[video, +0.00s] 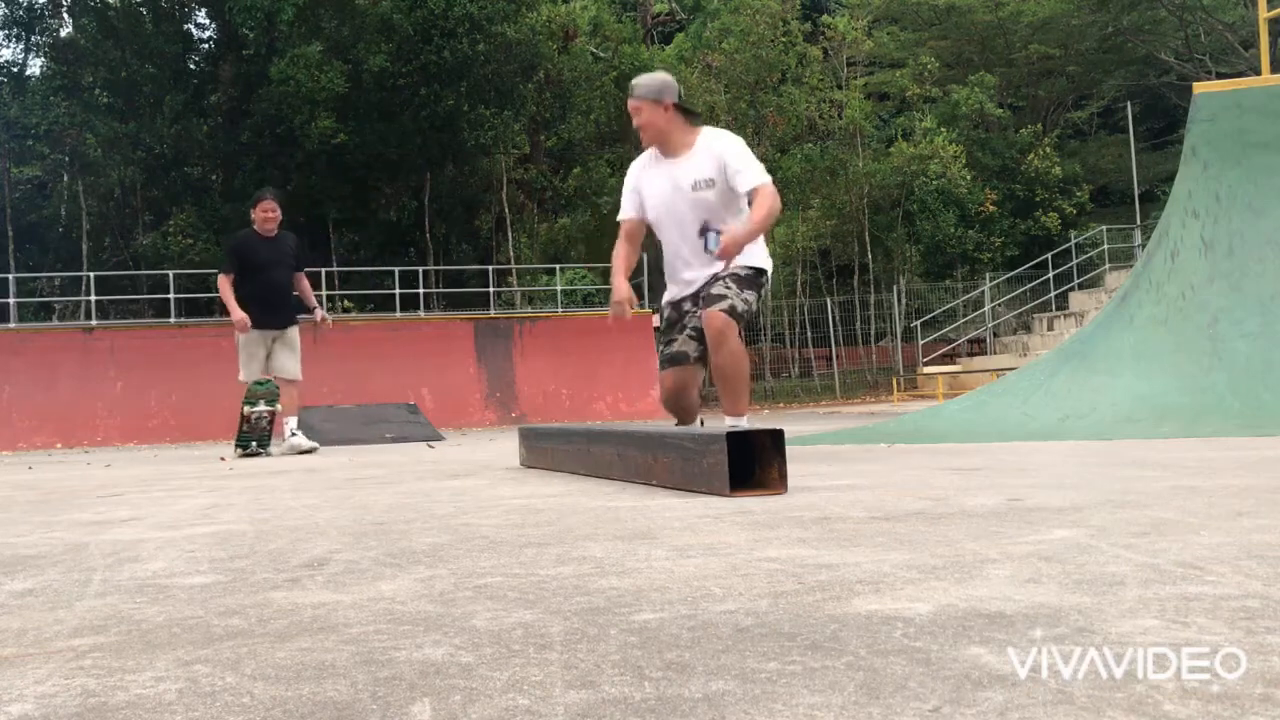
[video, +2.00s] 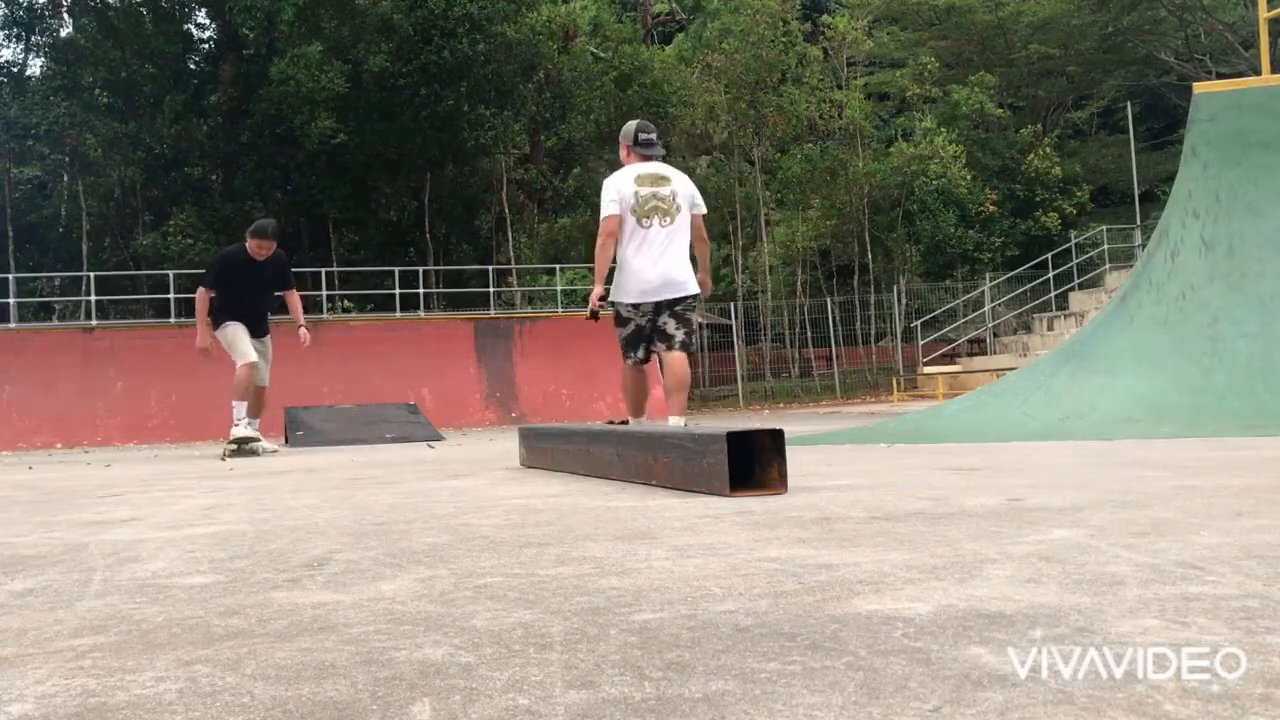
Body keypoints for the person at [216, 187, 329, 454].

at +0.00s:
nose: (270, 216)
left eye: (274, 211)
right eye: (264, 211)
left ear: (280, 214)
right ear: (253, 214)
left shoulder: (289, 242)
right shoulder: (240, 243)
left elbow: (299, 278)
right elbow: (224, 281)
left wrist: (315, 307)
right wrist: (235, 311)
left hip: (286, 325)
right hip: (252, 327)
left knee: (289, 379)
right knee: (252, 383)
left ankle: (291, 434)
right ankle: (253, 439)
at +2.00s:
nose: (262, 252)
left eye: (267, 248)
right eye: (258, 247)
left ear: (274, 244)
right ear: (248, 239)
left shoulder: (279, 260)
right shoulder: (229, 258)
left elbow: (290, 292)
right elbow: (202, 292)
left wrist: (301, 324)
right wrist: (202, 331)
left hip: (258, 325)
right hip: (228, 321)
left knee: (260, 381)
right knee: (248, 362)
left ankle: (252, 432)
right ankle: (238, 424)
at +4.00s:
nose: (310, 170)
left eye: (315, 164)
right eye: (304, 161)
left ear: (318, 168)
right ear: (282, 159)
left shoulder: (289, 199)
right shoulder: (258, 185)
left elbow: (305, 235)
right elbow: (230, 233)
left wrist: (316, 274)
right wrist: (230, 290)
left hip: (211, 272)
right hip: (220, 272)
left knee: (238, 351)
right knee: (261, 342)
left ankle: (204, 420)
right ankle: (239, 422)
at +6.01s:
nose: (508, 77)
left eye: (512, 69)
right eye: (502, 66)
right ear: (472, 54)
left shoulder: (449, 101)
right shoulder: (455, 82)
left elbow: (505, 121)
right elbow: (522, 86)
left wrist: (557, 84)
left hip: (374, 226)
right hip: (409, 217)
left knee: (451, 324)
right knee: (485, 303)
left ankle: (382, 409)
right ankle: (451, 409)